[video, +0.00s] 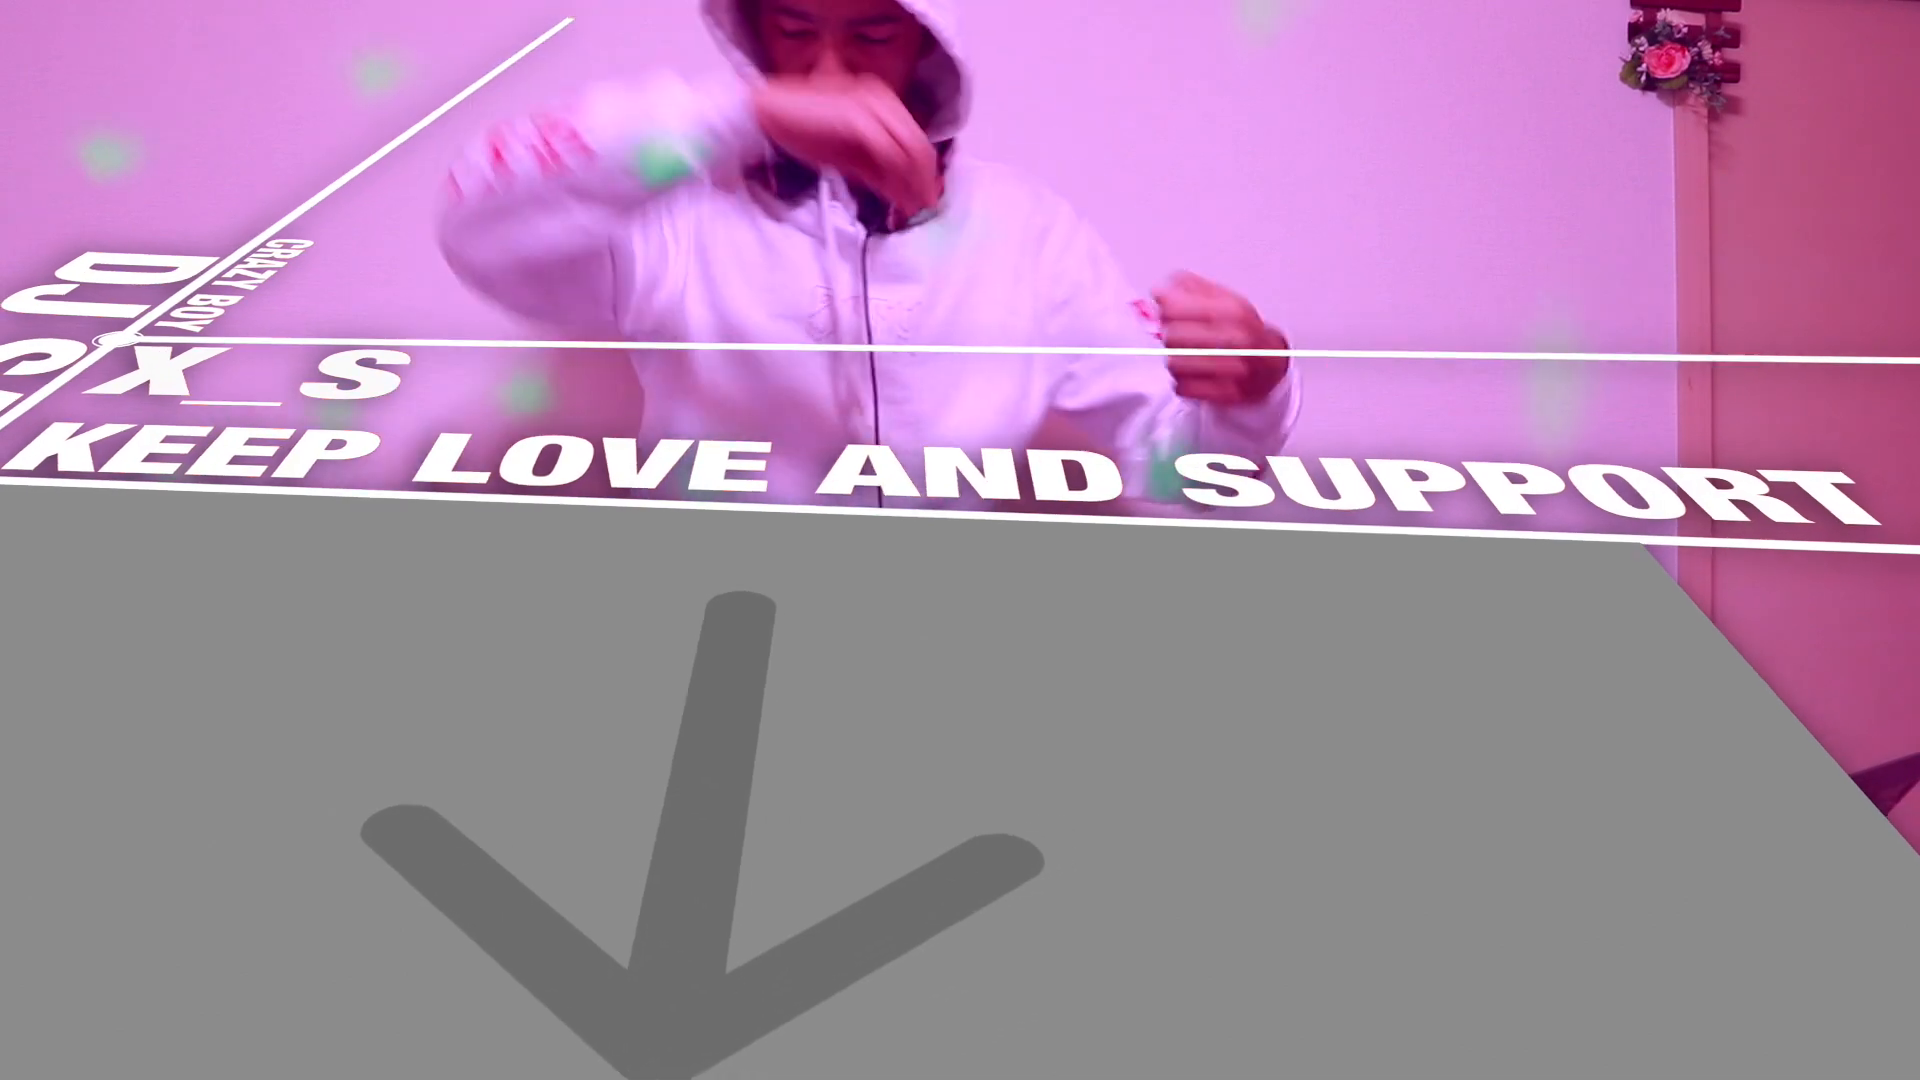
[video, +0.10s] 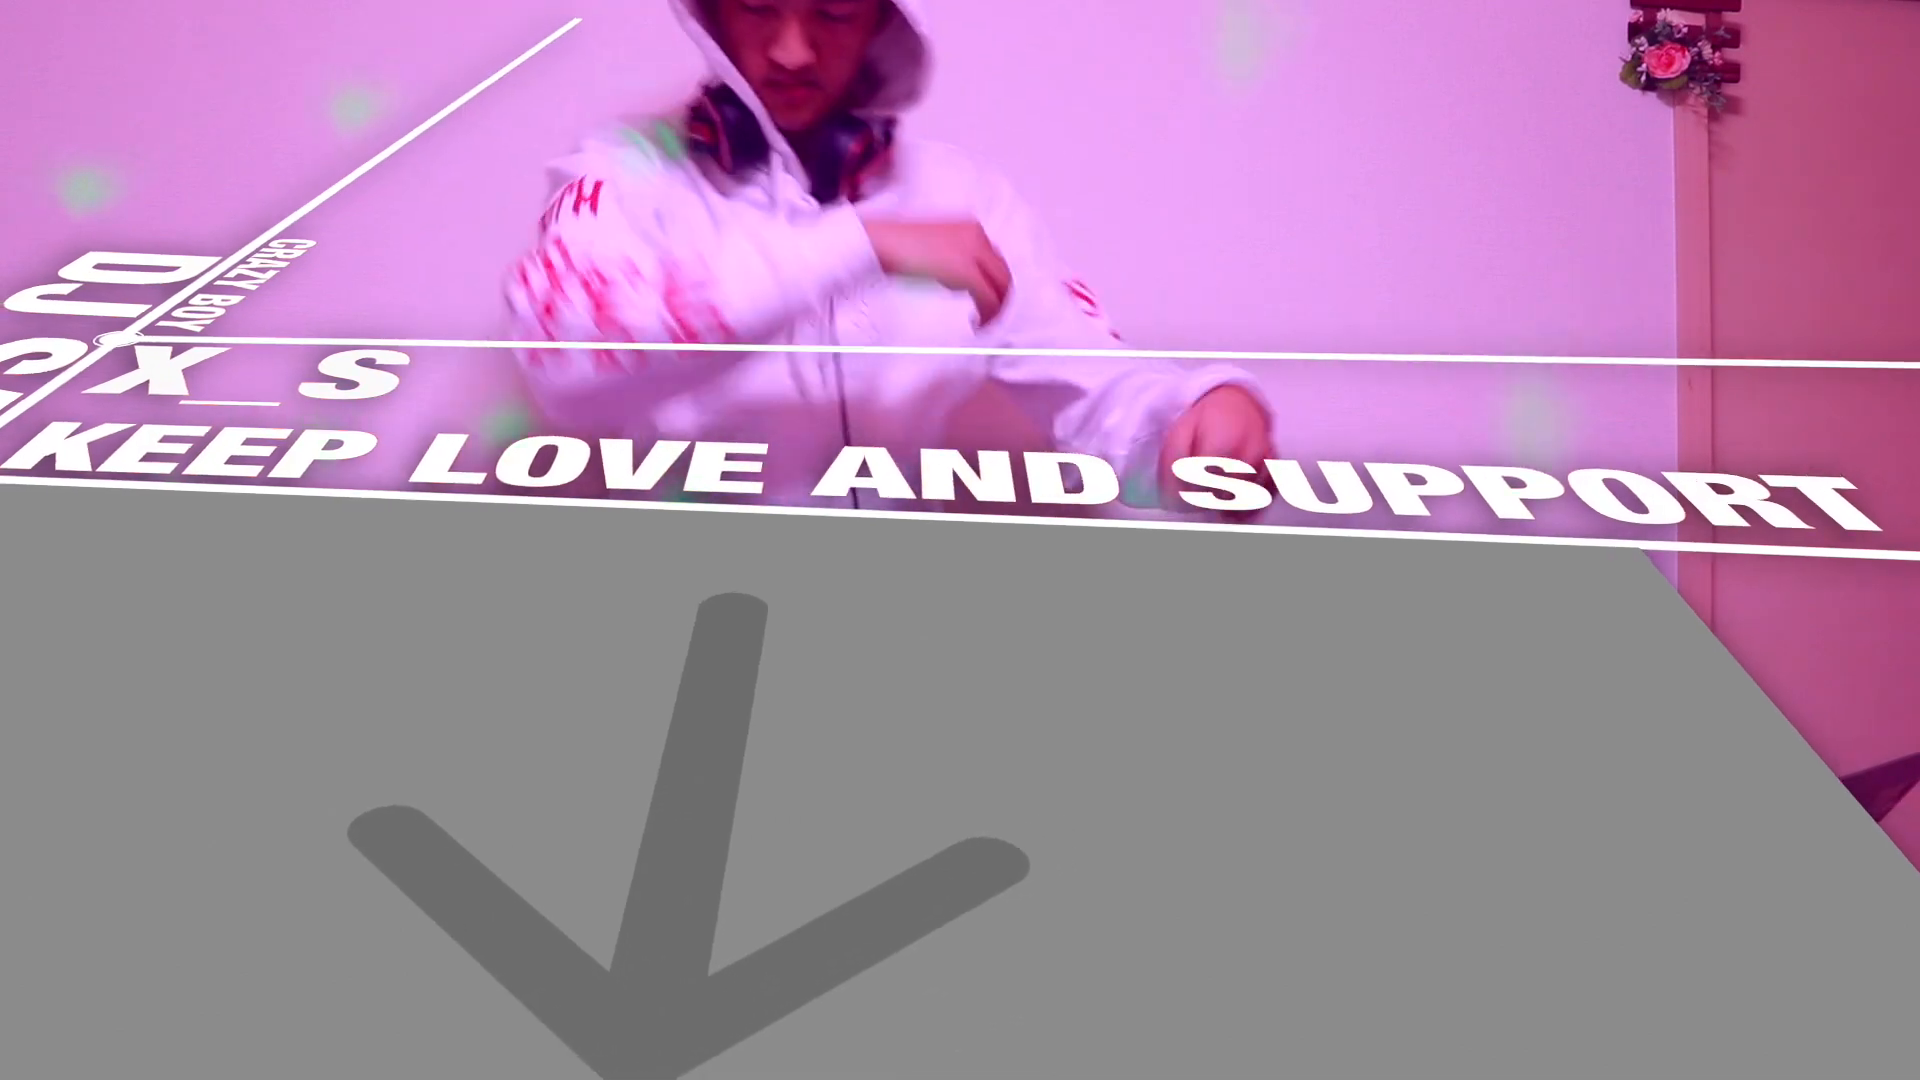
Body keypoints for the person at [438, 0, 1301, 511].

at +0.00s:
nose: (830, 73)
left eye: (867, 38)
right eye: (797, 37)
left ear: (922, 45)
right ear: (751, 43)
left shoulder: (1025, 228)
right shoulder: (674, 219)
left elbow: (1164, 473)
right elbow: (478, 231)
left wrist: (1248, 407)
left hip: (983, 618)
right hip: (735, 611)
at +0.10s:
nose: (790, 52)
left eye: (831, 15)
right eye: (759, 11)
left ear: (878, 23)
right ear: (711, 17)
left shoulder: (956, 188)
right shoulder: (629, 174)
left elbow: (1081, 389)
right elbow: (576, 380)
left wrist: (1201, 402)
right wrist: (868, 241)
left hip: (926, 565)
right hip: (698, 556)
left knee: (982, 412)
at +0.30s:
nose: (690, 32)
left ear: (762, 14)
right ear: (605, 10)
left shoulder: (844, 201)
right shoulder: (508, 195)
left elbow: (993, 353)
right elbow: (528, 450)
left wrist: (1099, 440)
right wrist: (835, 443)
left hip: (844, 583)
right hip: (617, 588)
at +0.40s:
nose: (647, 22)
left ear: (719, 7)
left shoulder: (810, 179)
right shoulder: (464, 178)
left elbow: (900, 393)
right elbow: (470, 456)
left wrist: (1014, 378)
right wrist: (754, 472)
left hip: (777, 576)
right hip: (555, 579)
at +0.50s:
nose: (627, 42)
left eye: (659, 7)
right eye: (592, 6)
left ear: (698, 12)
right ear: (531, 7)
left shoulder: (774, 183)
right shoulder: (427, 200)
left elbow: (863, 417)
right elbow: (411, 458)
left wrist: (1013, 296)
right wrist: (680, 479)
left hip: (744, 590)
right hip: (516, 595)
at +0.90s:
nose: (638, 27)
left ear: (719, 9)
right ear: (542, 16)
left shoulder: (822, 212)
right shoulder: (429, 211)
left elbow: (1004, 385)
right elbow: (329, 439)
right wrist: (495, 408)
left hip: (734, 618)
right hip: (472, 611)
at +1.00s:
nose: (676, 14)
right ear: (589, 3)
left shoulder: (853, 190)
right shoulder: (476, 191)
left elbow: (967, 424)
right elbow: (375, 421)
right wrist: (491, 390)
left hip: (768, 601)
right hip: (517, 593)